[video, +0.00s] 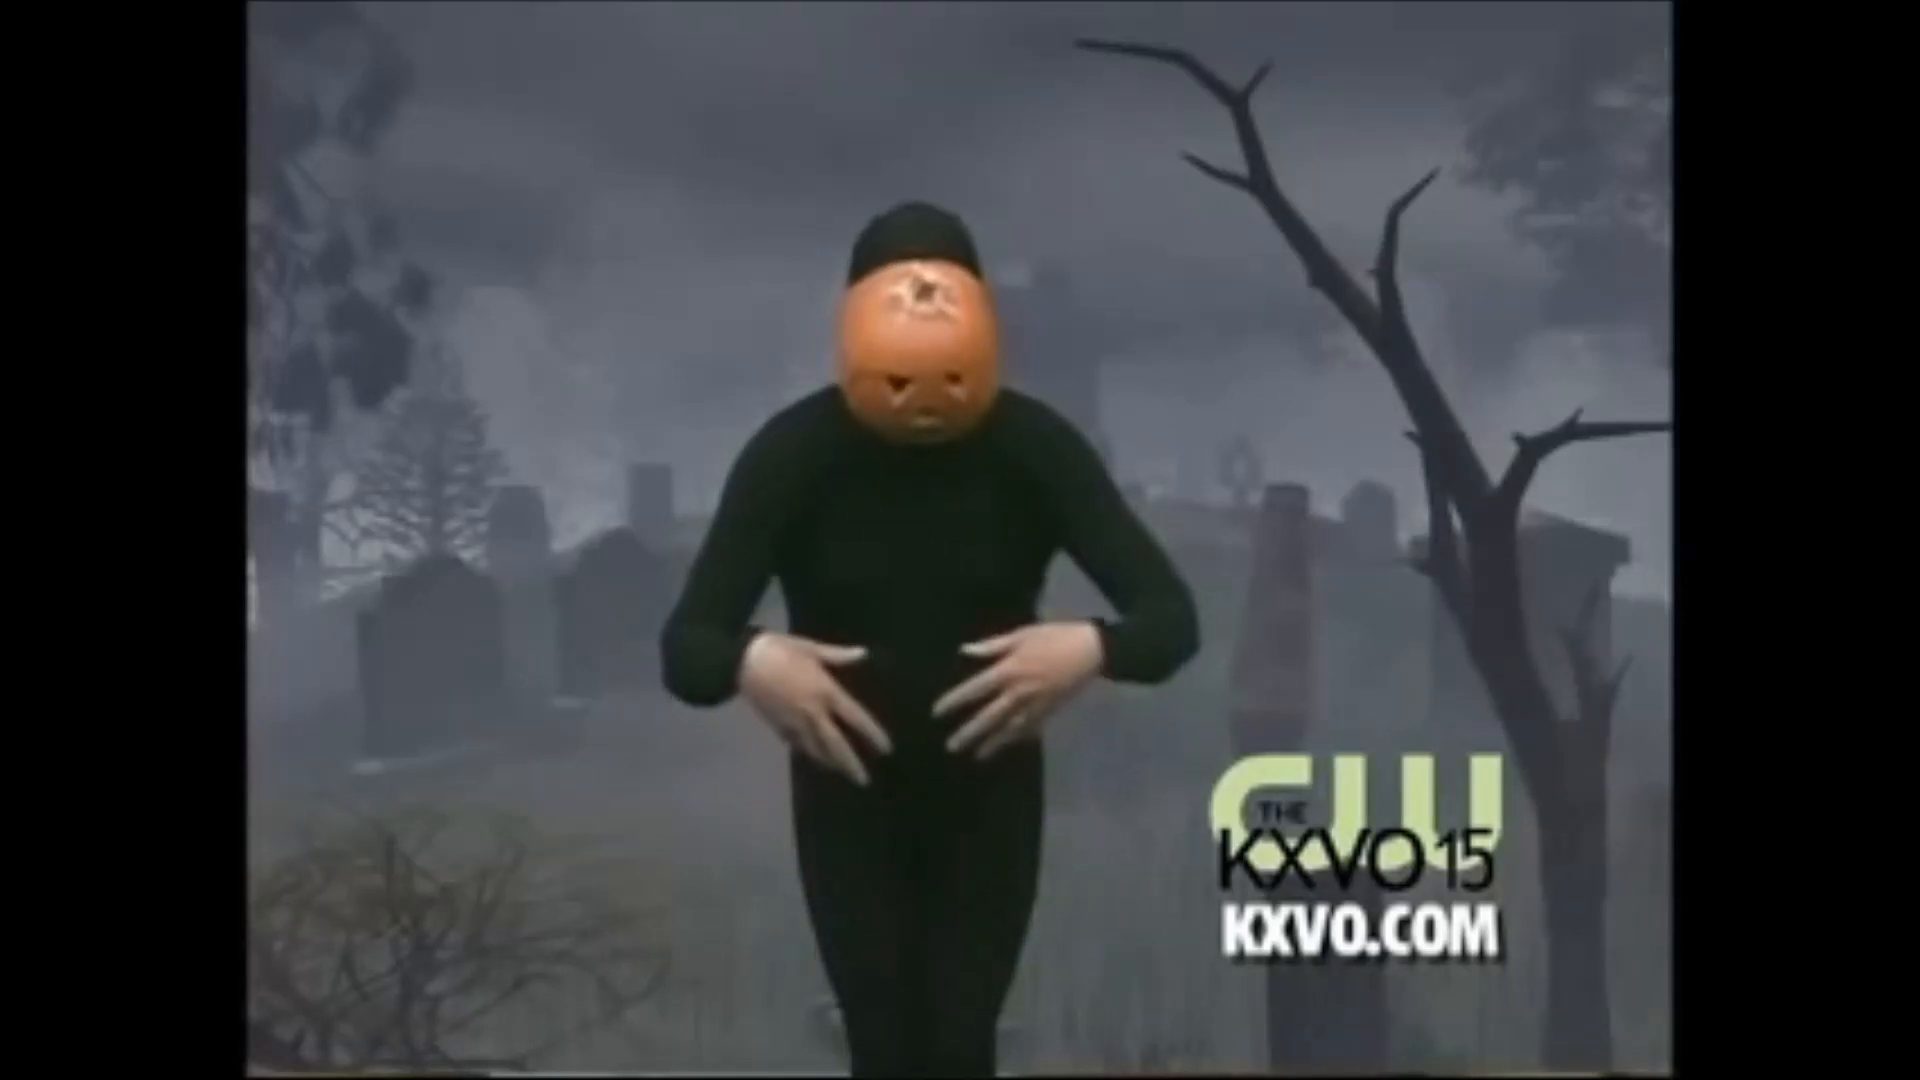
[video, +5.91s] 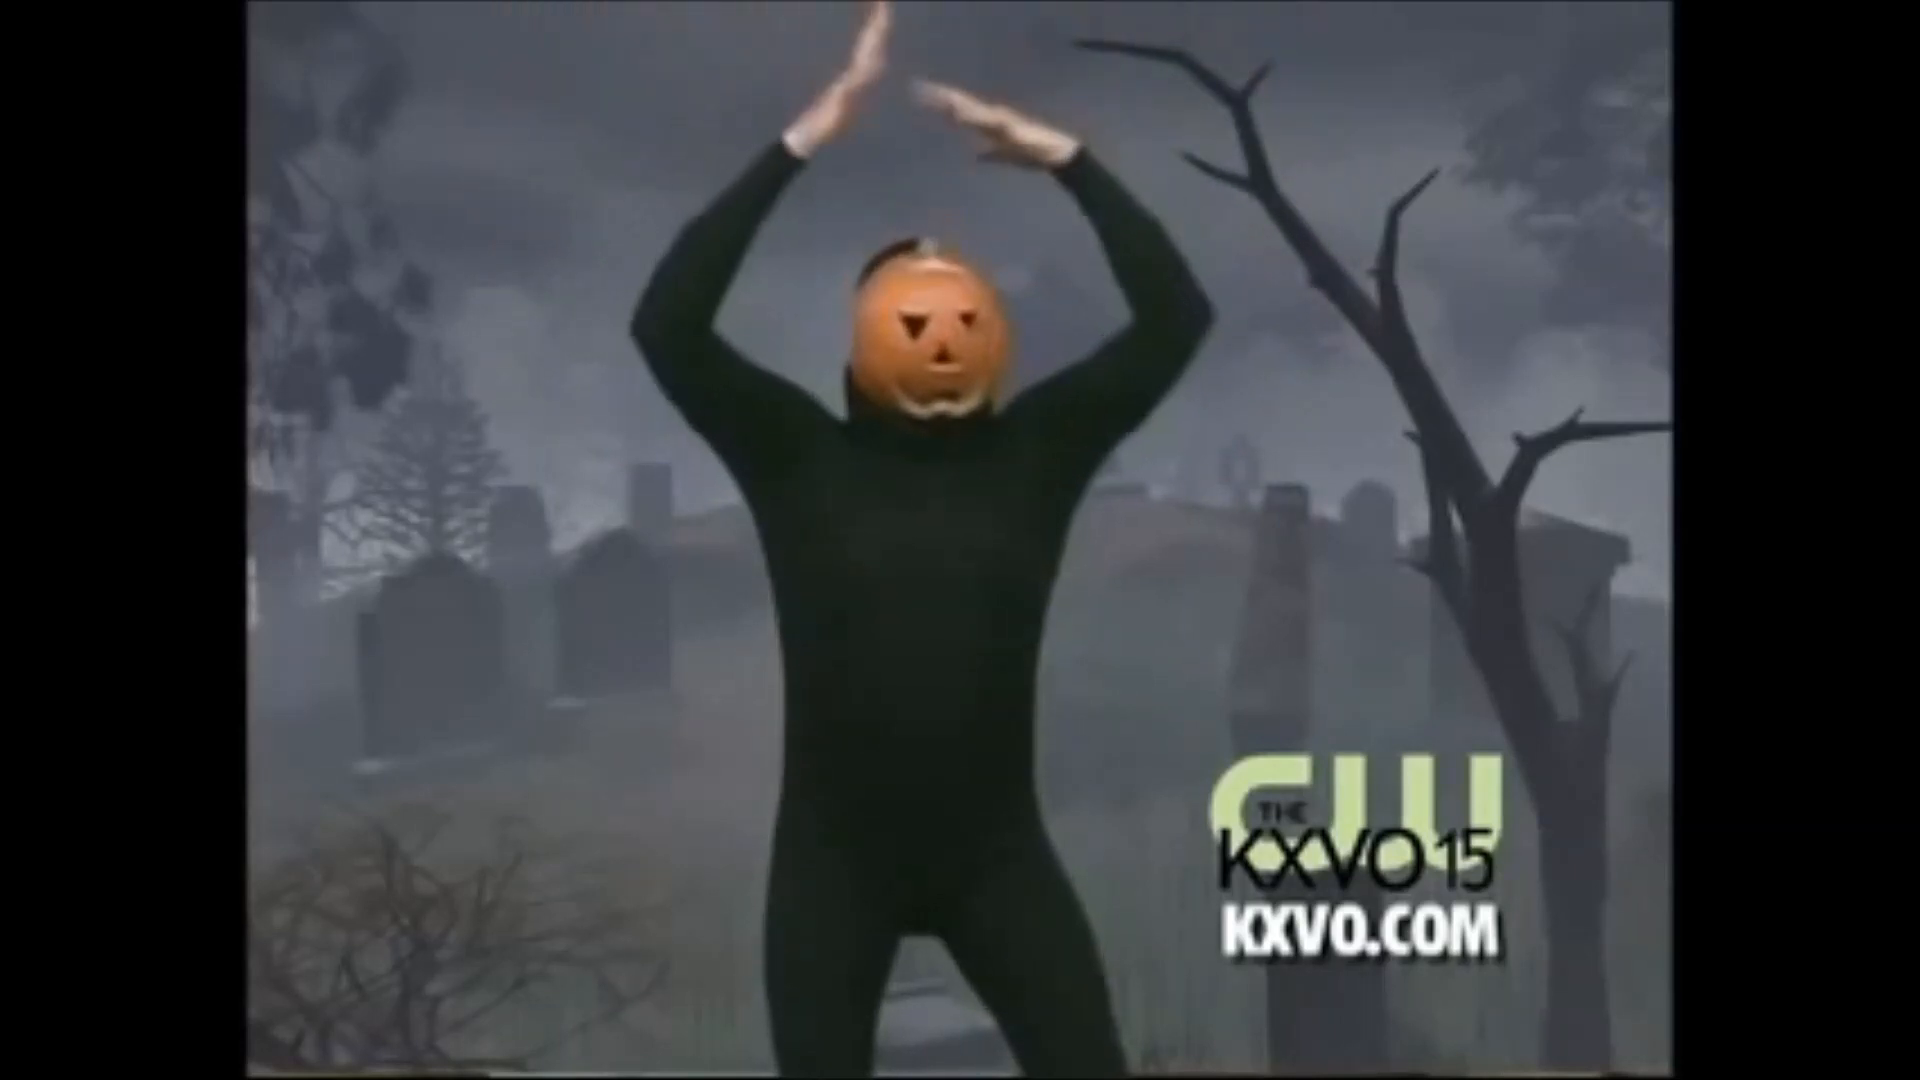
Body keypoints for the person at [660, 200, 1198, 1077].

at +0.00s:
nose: (920, 304)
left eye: (945, 290)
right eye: (895, 290)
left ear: (990, 326)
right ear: (845, 323)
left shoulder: (1035, 448)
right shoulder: (794, 453)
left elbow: (1172, 625)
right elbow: (688, 653)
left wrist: (1093, 645)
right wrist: (750, 660)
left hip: (989, 786)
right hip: (845, 790)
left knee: (959, 1042)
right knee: (884, 1042)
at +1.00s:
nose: (924, 339)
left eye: (949, 312)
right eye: (891, 310)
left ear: (984, 317)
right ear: (841, 317)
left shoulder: (1034, 454)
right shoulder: (783, 453)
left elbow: (1190, 601)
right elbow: (609, 597)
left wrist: (1180, 520)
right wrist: (654, 523)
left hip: (984, 806)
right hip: (841, 808)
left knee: (968, 1054)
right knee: (871, 1053)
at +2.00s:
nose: (926, 305)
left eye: (951, 287)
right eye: (893, 285)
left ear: (985, 314)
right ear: (836, 314)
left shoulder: (1046, 446)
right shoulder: (756, 453)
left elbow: (1236, 491)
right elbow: (565, 512)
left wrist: (1271, 376)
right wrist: (545, 400)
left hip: (988, 817)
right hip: (832, 823)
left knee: (1026, 1060)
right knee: (858, 1061)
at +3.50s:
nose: (926, 260)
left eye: (952, 250)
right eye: (892, 247)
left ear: (988, 309)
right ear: (838, 309)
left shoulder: (1053, 420)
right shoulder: (761, 423)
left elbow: (1229, 366)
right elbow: (571, 373)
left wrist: (1305, 234)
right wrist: (491, 233)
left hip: (1000, 838)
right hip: (833, 846)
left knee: (1087, 1068)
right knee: (834, 1072)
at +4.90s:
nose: (928, 281)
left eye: (953, 266)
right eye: (896, 265)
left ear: (993, 299)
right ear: (842, 302)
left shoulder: (1035, 399)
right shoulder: (776, 400)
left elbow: (1171, 260)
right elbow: (619, 255)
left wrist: (1240, 81)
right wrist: (544, 60)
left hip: (997, 837)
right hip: (830, 845)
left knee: (1088, 1064)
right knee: (818, 1066)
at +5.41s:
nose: (933, 297)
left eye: (958, 283)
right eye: (901, 281)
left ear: (998, 316)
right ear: (852, 319)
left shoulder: (1032, 417)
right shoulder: (791, 417)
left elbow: (1155, 253)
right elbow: (675, 260)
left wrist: (1114, 54)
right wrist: (712, 48)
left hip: (1000, 844)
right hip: (831, 850)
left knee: (1091, 1066)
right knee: (819, 1067)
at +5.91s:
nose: (940, 326)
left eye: (967, 311)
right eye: (907, 308)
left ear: (1002, 354)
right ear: (855, 353)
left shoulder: (1040, 452)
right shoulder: (792, 453)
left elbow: (1175, 319)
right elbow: (668, 326)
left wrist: (1068, 159)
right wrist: (803, 140)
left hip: (996, 853)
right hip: (832, 857)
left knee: (1089, 1067)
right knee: (819, 1067)